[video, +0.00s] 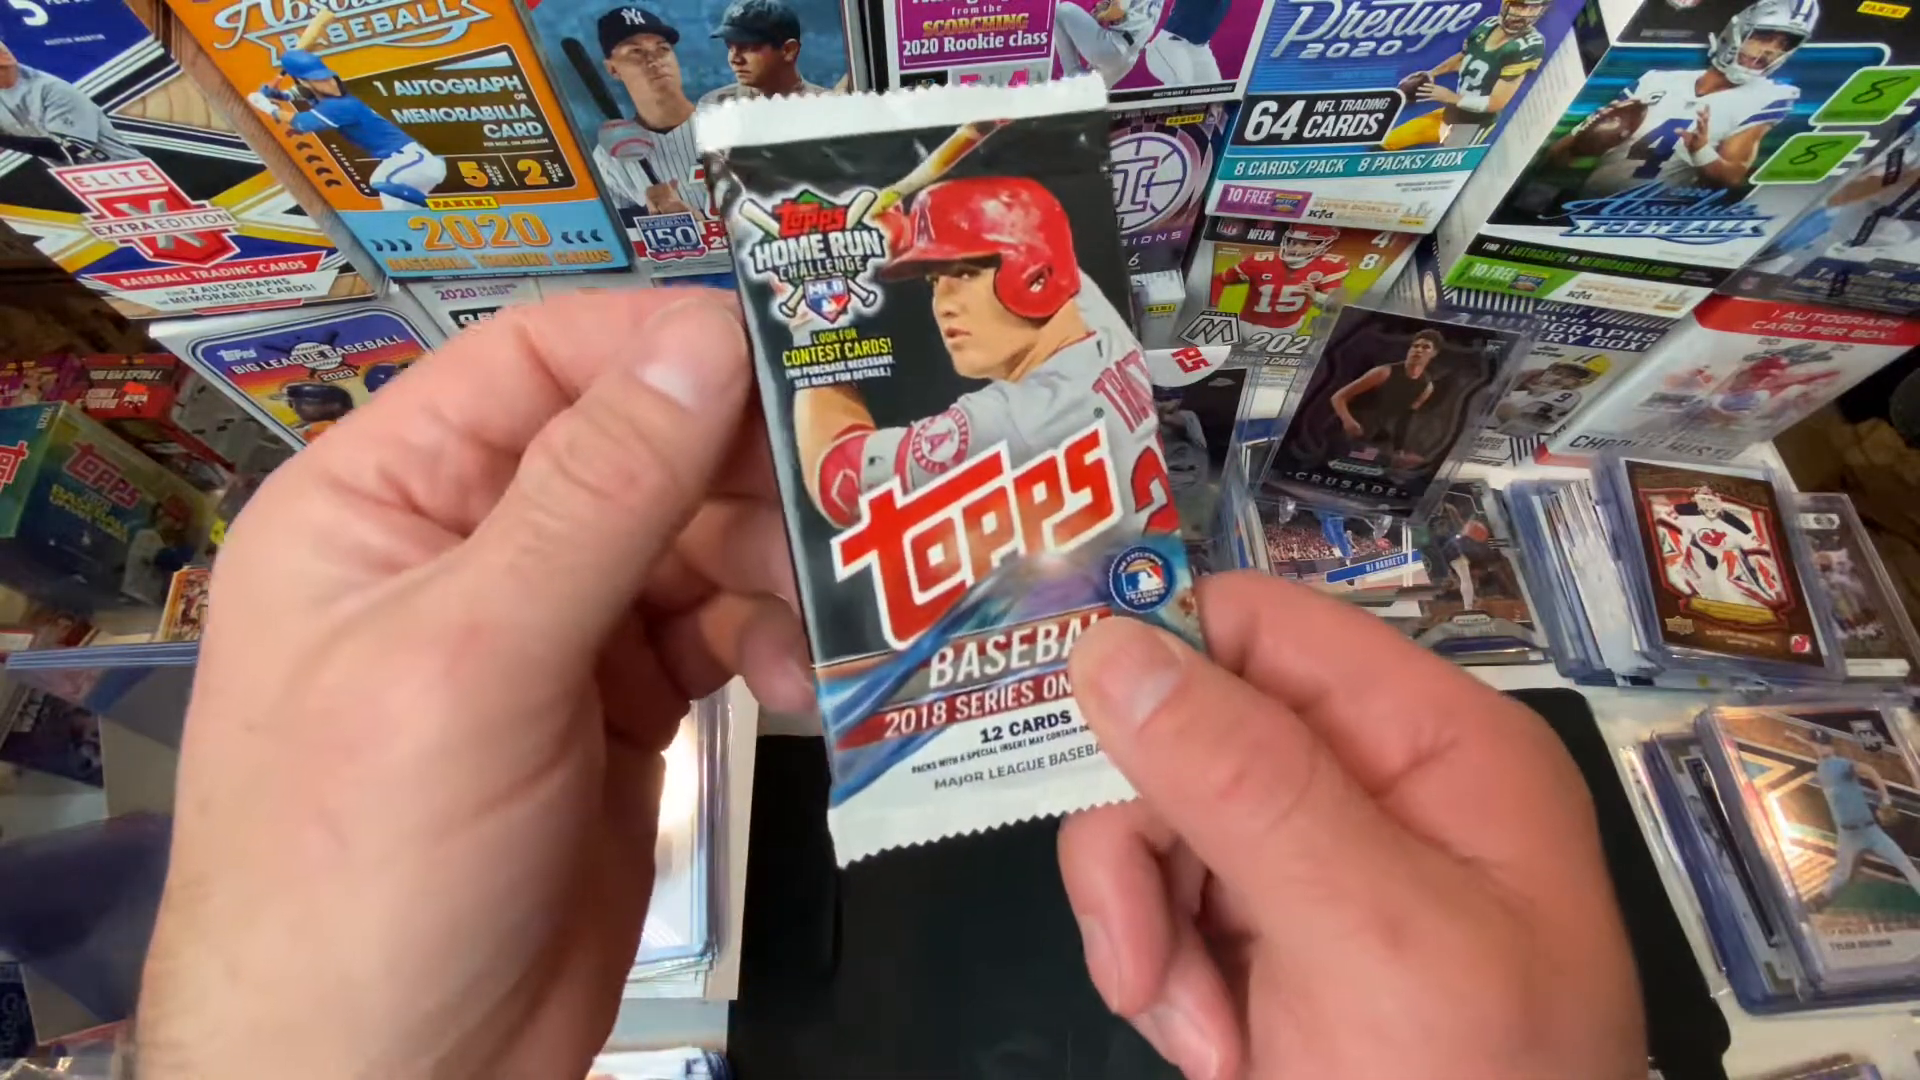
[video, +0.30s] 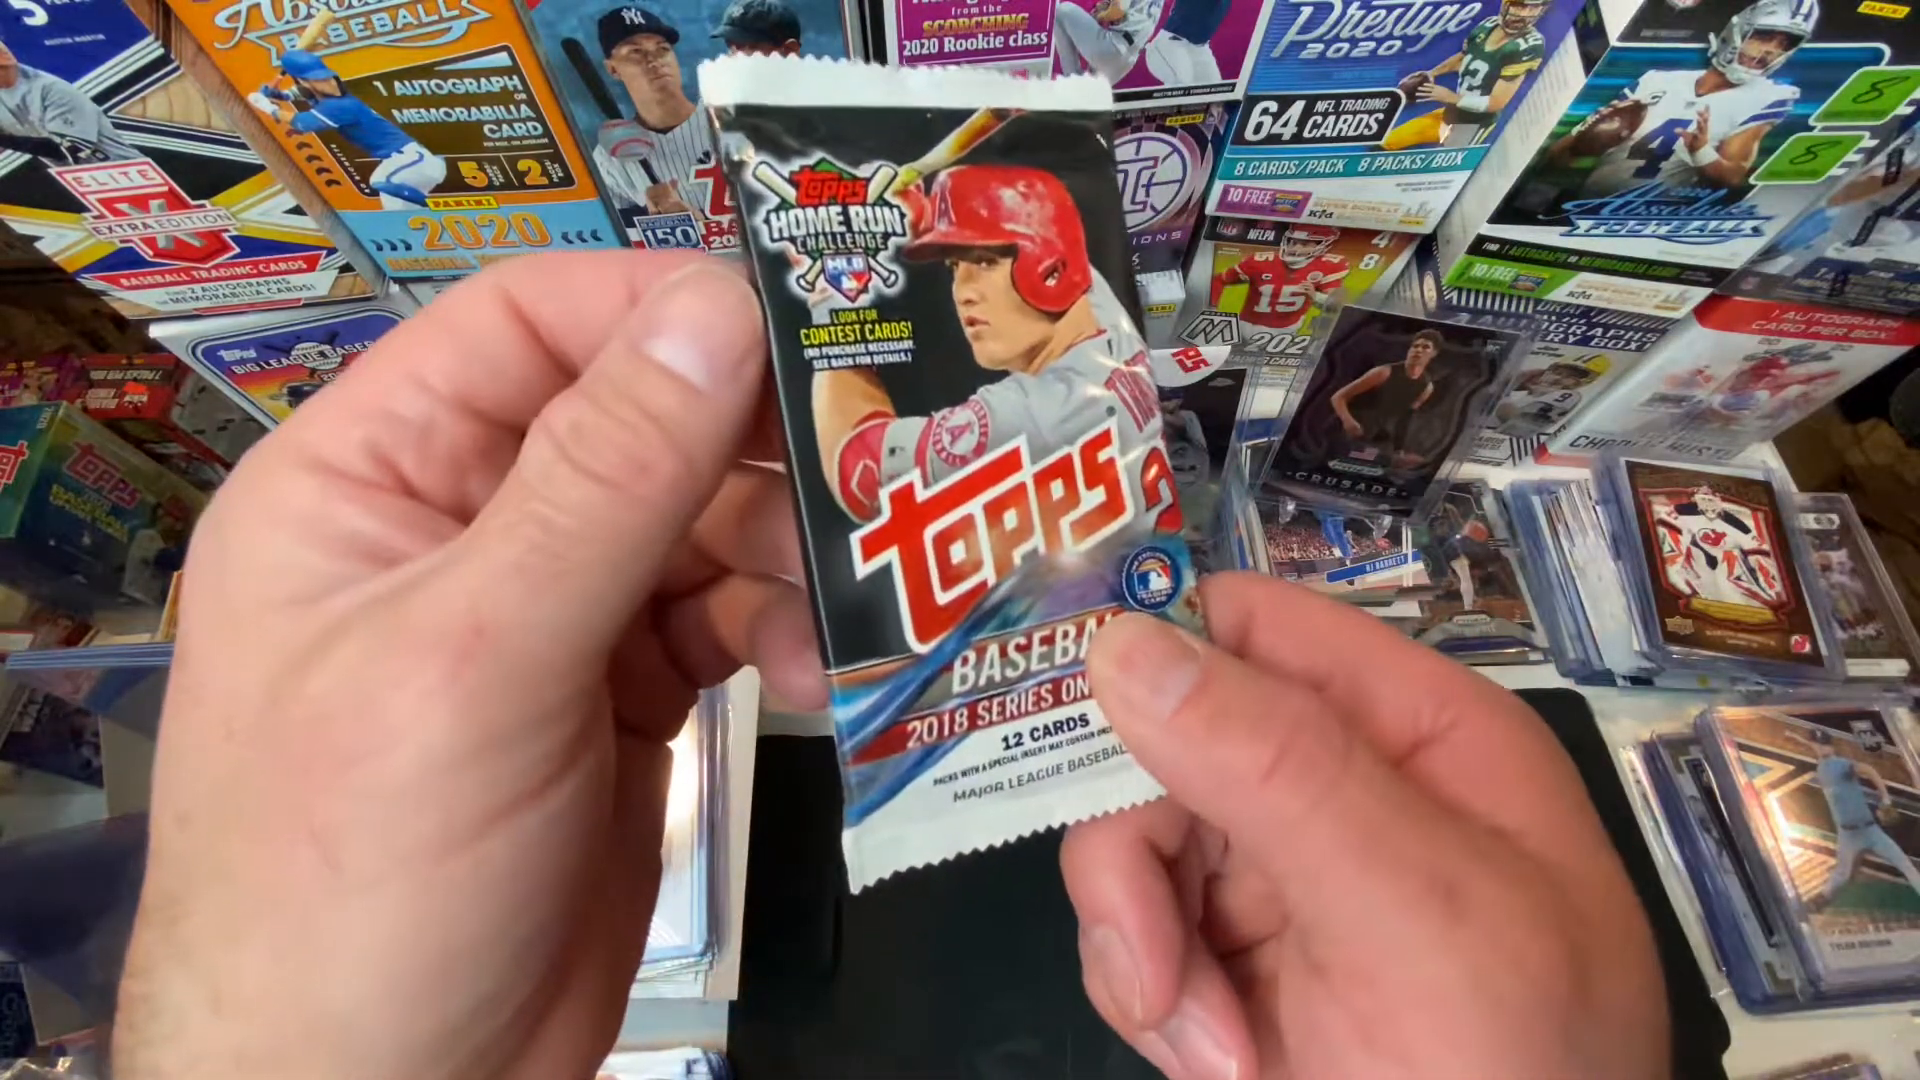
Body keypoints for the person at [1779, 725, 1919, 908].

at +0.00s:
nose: (1823, 750)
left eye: (1825, 744)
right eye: (1819, 746)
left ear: (1831, 745)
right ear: (1814, 748)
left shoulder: (1840, 764)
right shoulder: (1822, 768)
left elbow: (1869, 770)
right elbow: (1815, 749)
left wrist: (1885, 798)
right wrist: (1800, 740)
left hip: (1870, 828)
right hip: (1846, 833)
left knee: (1904, 863)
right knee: (1842, 874)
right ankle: (1823, 898)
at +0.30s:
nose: (1823, 750)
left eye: (1825, 745)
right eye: (1819, 746)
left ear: (1831, 745)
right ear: (1814, 748)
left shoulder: (1841, 764)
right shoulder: (1821, 768)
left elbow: (1869, 770)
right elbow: (1814, 748)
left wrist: (1884, 797)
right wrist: (1799, 739)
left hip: (1870, 828)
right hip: (1846, 833)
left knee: (1904, 863)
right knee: (1842, 874)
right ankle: (1824, 898)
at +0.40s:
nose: (1824, 749)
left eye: (1827, 744)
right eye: (1819, 745)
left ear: (1831, 744)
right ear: (1813, 747)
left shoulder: (1840, 764)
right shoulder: (1824, 768)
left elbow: (1869, 770)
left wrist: (1885, 798)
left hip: (1870, 828)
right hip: (1847, 834)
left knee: (1903, 863)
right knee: (1842, 875)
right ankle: (1822, 899)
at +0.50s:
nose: (1825, 749)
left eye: (1827, 744)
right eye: (1820, 746)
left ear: (1831, 745)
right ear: (1813, 747)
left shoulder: (1840, 764)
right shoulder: (1824, 767)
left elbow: (1869, 770)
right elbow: (1866, 770)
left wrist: (1885, 798)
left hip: (1870, 829)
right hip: (1847, 834)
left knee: (1904, 863)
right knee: (1842, 875)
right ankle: (1821, 899)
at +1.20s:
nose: (1823, 750)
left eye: (1826, 745)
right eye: (1819, 746)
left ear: (1832, 746)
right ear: (1815, 749)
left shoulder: (1842, 764)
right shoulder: (1821, 770)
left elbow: (1870, 771)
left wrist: (1885, 797)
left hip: (1869, 828)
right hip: (1847, 833)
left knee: (1902, 862)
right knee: (1842, 874)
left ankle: (1919, 888)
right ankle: (1820, 900)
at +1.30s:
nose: (1823, 749)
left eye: (1825, 745)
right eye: (1819, 745)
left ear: (1831, 746)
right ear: (1815, 748)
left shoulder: (1841, 764)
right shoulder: (1821, 769)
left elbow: (1870, 771)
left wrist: (1884, 797)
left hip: (1869, 828)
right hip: (1847, 833)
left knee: (1902, 861)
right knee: (1842, 873)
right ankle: (1820, 900)